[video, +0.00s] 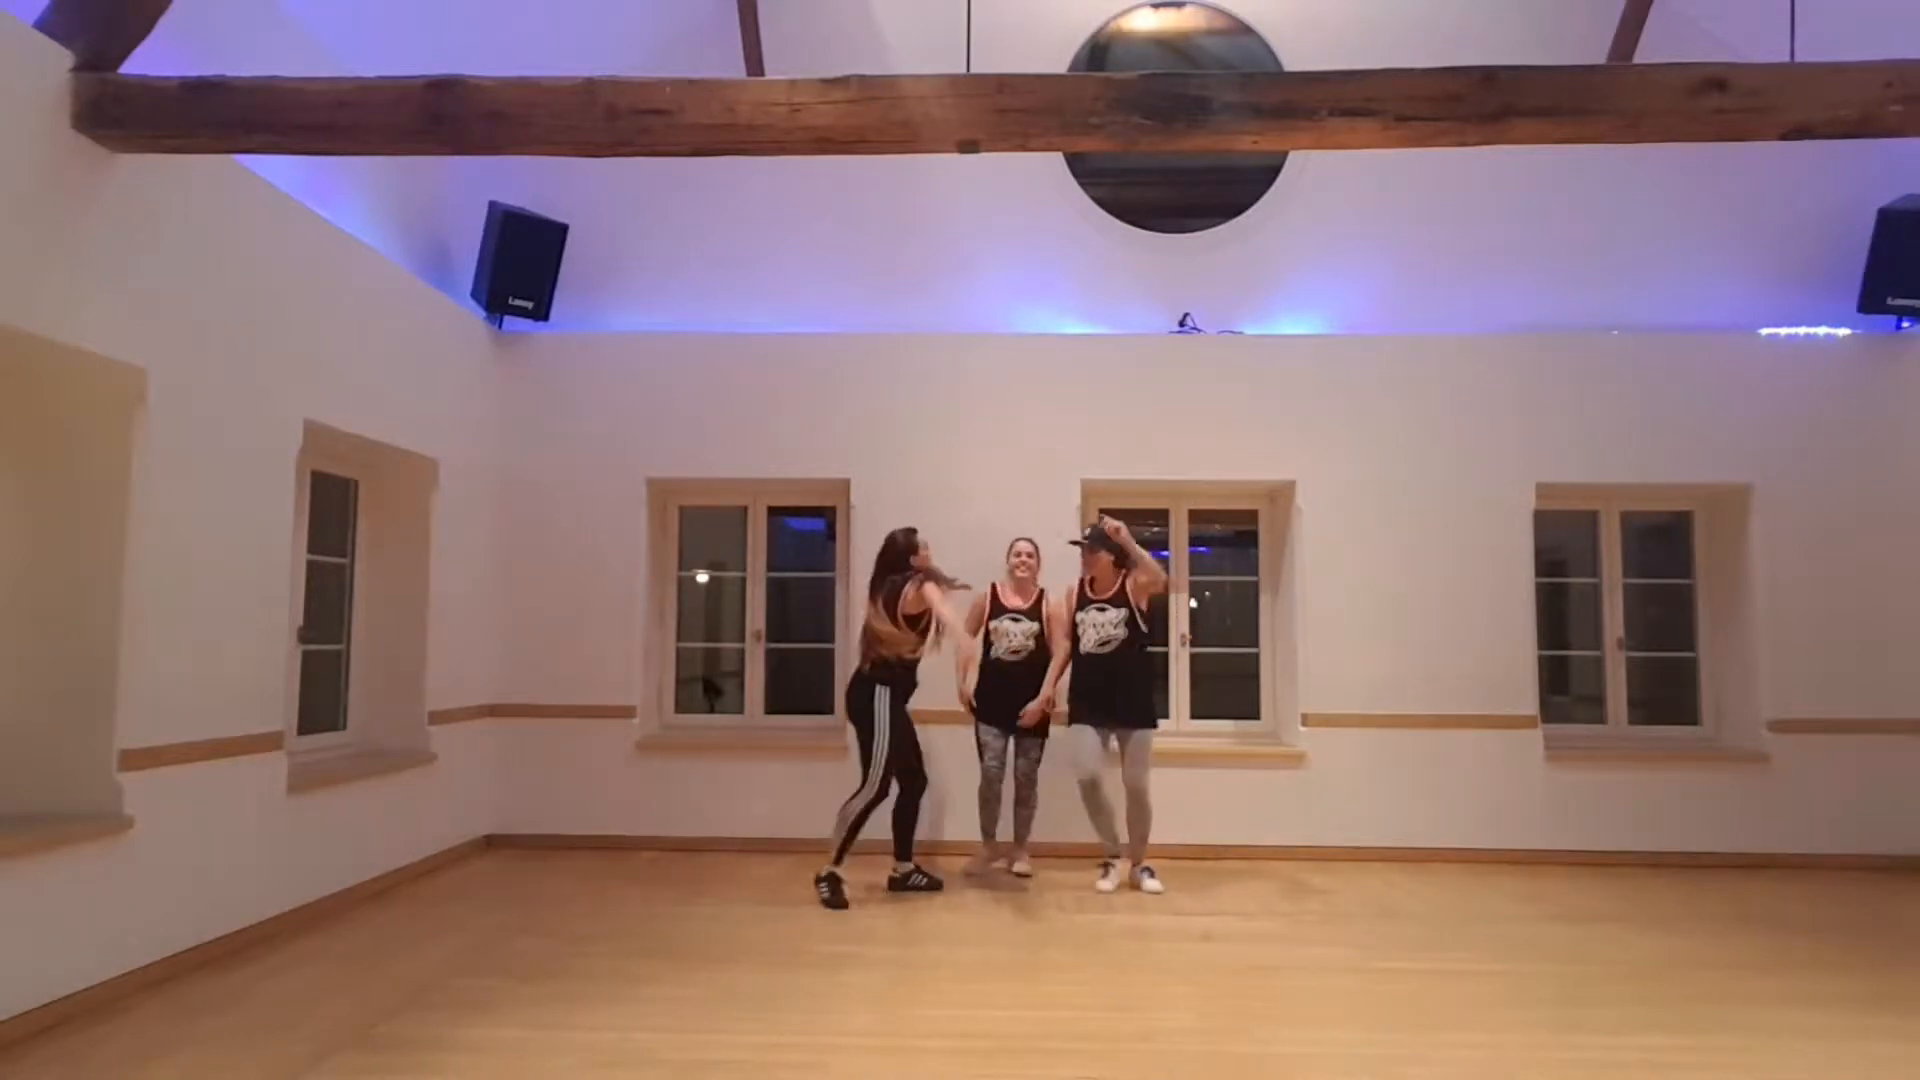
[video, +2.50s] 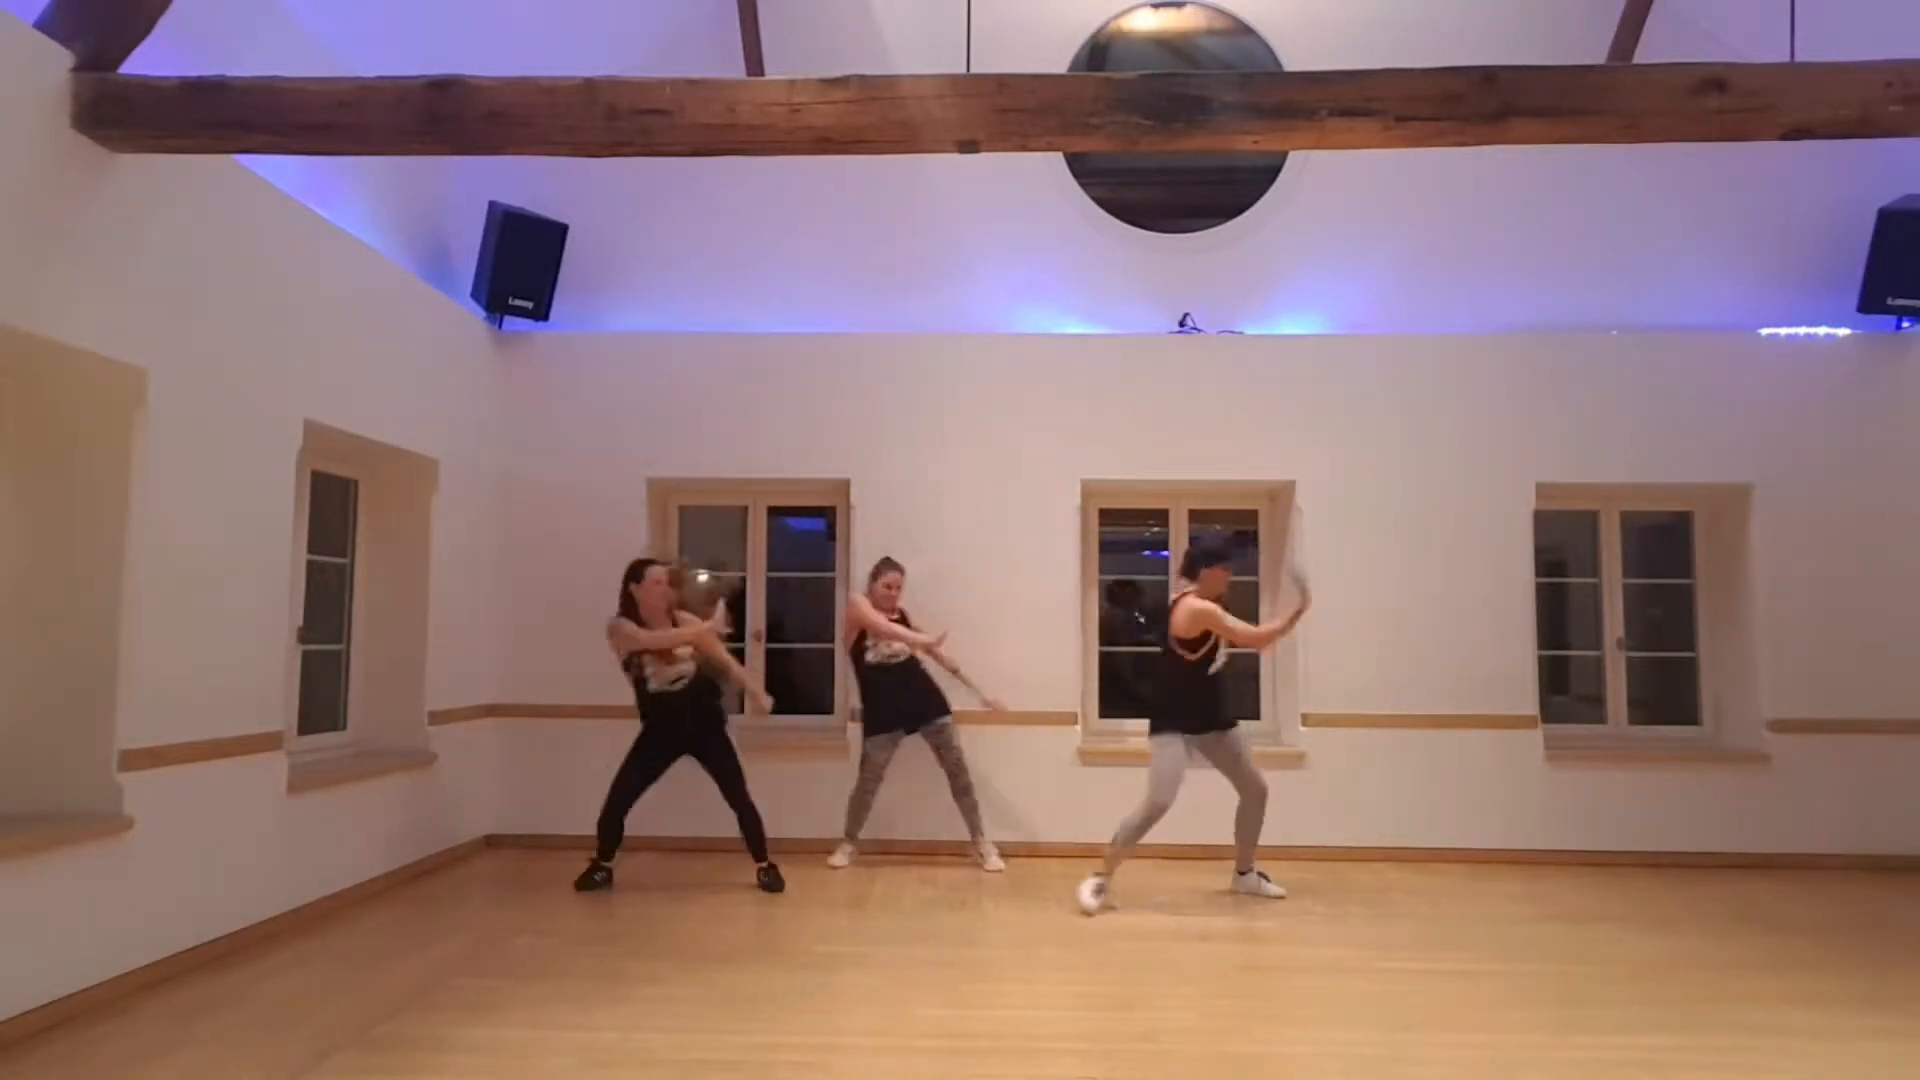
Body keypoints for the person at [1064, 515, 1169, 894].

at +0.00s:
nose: (1085, 557)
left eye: (1092, 552)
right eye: (1084, 551)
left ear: (1111, 555)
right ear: (1084, 554)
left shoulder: (1134, 586)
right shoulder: (1075, 593)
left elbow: (1159, 579)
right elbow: (1065, 647)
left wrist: (1130, 544)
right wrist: (1050, 691)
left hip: (1133, 701)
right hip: (1087, 702)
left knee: (1136, 783)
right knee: (1087, 776)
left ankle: (1140, 864)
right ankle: (1115, 856)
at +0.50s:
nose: (1069, 556)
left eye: (1077, 551)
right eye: (1068, 550)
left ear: (1095, 555)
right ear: (1065, 554)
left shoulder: (1114, 594)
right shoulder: (1049, 587)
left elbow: (1133, 637)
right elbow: (1031, 635)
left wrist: (1163, 672)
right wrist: (1018, 679)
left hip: (1101, 697)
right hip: (1052, 698)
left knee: (1111, 780)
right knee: (1045, 783)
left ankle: (1118, 860)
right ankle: (1042, 863)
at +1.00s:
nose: (1080, 563)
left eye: (1086, 556)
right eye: (1074, 556)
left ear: (1096, 556)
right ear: (1064, 558)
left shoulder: (1117, 582)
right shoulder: (1049, 595)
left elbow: (1169, 588)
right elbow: (1025, 640)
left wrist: (1155, 612)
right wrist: (1035, 686)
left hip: (1112, 700)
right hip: (1064, 703)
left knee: (1139, 769)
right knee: (1055, 788)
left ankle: (1124, 848)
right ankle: (1044, 862)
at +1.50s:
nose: (1167, 602)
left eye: (1174, 594)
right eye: (1164, 595)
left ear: (1193, 592)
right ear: (1160, 595)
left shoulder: (1217, 614)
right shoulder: (1154, 622)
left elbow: (1186, 638)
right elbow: (1129, 669)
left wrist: (1123, 637)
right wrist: (1107, 718)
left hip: (1197, 732)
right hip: (1141, 729)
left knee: (1237, 801)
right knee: (1106, 793)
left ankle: (1247, 875)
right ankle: (1076, 868)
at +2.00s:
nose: (1237, 591)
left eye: (1240, 584)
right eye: (1231, 583)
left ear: (1243, 586)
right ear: (1210, 582)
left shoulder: (1246, 618)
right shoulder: (1182, 608)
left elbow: (1288, 638)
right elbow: (1126, 605)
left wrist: (1300, 601)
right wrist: (1132, 587)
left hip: (1266, 719)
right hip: (1225, 728)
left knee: (1284, 802)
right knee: (1268, 803)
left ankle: (1252, 870)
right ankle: (1248, 873)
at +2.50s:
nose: (1230, 577)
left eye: (1230, 569)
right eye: (1225, 569)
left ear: (1207, 571)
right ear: (1204, 570)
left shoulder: (1203, 605)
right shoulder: (1195, 607)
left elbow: (1250, 638)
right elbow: (1256, 639)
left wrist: (1293, 615)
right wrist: (1299, 609)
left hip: (1208, 720)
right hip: (1171, 721)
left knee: (1255, 791)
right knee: (1158, 802)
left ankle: (1244, 874)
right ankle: (1100, 879)